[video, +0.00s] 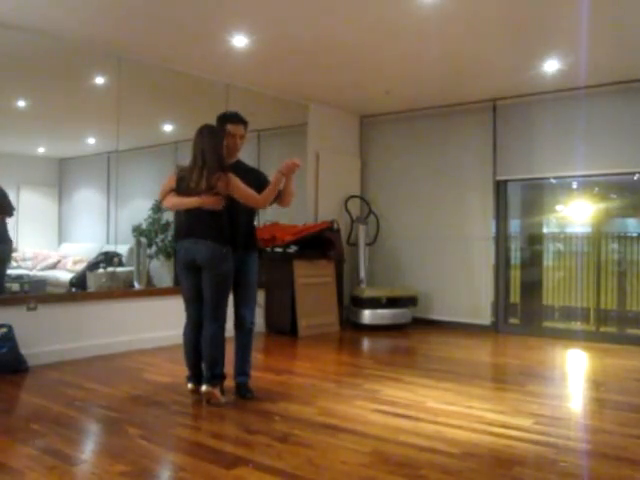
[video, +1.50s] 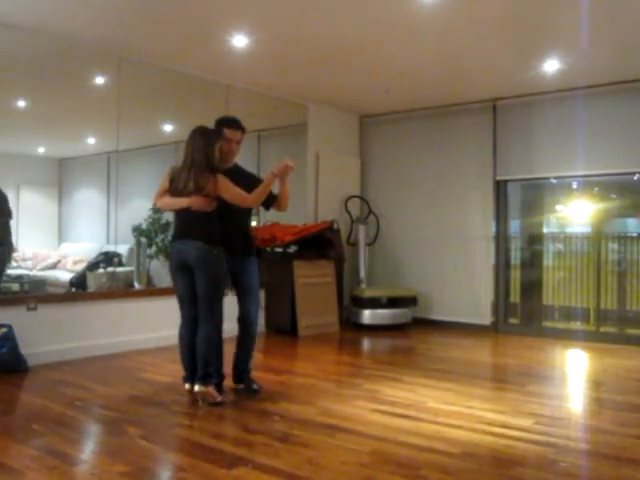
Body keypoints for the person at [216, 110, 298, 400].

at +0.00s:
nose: (233, 142)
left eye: (239, 137)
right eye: (229, 136)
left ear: (244, 140)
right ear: (217, 137)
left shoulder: (251, 175)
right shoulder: (206, 173)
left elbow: (284, 200)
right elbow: (168, 200)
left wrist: (287, 176)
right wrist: (198, 200)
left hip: (245, 251)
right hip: (215, 252)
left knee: (245, 318)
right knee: (214, 317)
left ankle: (242, 379)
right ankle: (214, 378)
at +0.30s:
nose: (232, 143)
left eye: (237, 137)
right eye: (226, 136)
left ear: (242, 139)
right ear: (215, 137)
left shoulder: (250, 173)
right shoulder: (204, 171)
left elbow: (286, 196)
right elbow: (165, 199)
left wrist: (284, 168)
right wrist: (195, 198)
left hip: (245, 250)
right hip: (215, 251)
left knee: (245, 318)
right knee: (213, 316)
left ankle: (242, 379)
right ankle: (214, 378)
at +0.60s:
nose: (229, 143)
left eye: (235, 137)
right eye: (224, 136)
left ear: (241, 139)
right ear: (213, 136)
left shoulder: (248, 173)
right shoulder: (202, 170)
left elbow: (283, 197)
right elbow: (162, 199)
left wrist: (282, 169)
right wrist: (191, 198)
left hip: (244, 248)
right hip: (213, 249)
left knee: (245, 318)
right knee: (213, 316)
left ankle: (242, 379)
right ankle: (214, 379)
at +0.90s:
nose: (231, 143)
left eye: (235, 137)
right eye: (225, 136)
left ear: (240, 139)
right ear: (214, 137)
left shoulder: (248, 174)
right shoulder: (203, 171)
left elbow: (282, 199)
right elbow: (163, 199)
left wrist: (283, 173)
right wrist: (190, 199)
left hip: (243, 249)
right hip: (212, 250)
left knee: (244, 318)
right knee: (213, 316)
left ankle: (242, 379)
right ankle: (214, 379)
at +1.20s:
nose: (231, 144)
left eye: (236, 138)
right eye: (226, 138)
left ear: (240, 140)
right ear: (214, 138)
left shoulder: (247, 174)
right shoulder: (203, 171)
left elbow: (281, 199)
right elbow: (162, 199)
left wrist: (282, 173)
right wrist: (189, 199)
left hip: (243, 250)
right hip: (212, 251)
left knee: (244, 319)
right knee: (213, 317)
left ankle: (242, 379)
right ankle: (214, 379)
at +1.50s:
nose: (231, 147)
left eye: (236, 142)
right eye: (226, 141)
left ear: (241, 145)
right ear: (215, 141)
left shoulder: (247, 178)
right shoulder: (203, 175)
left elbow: (280, 205)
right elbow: (161, 201)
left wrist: (283, 179)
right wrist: (189, 201)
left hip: (243, 251)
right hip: (212, 252)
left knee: (250, 317)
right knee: (211, 317)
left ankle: (242, 374)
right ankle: (213, 377)